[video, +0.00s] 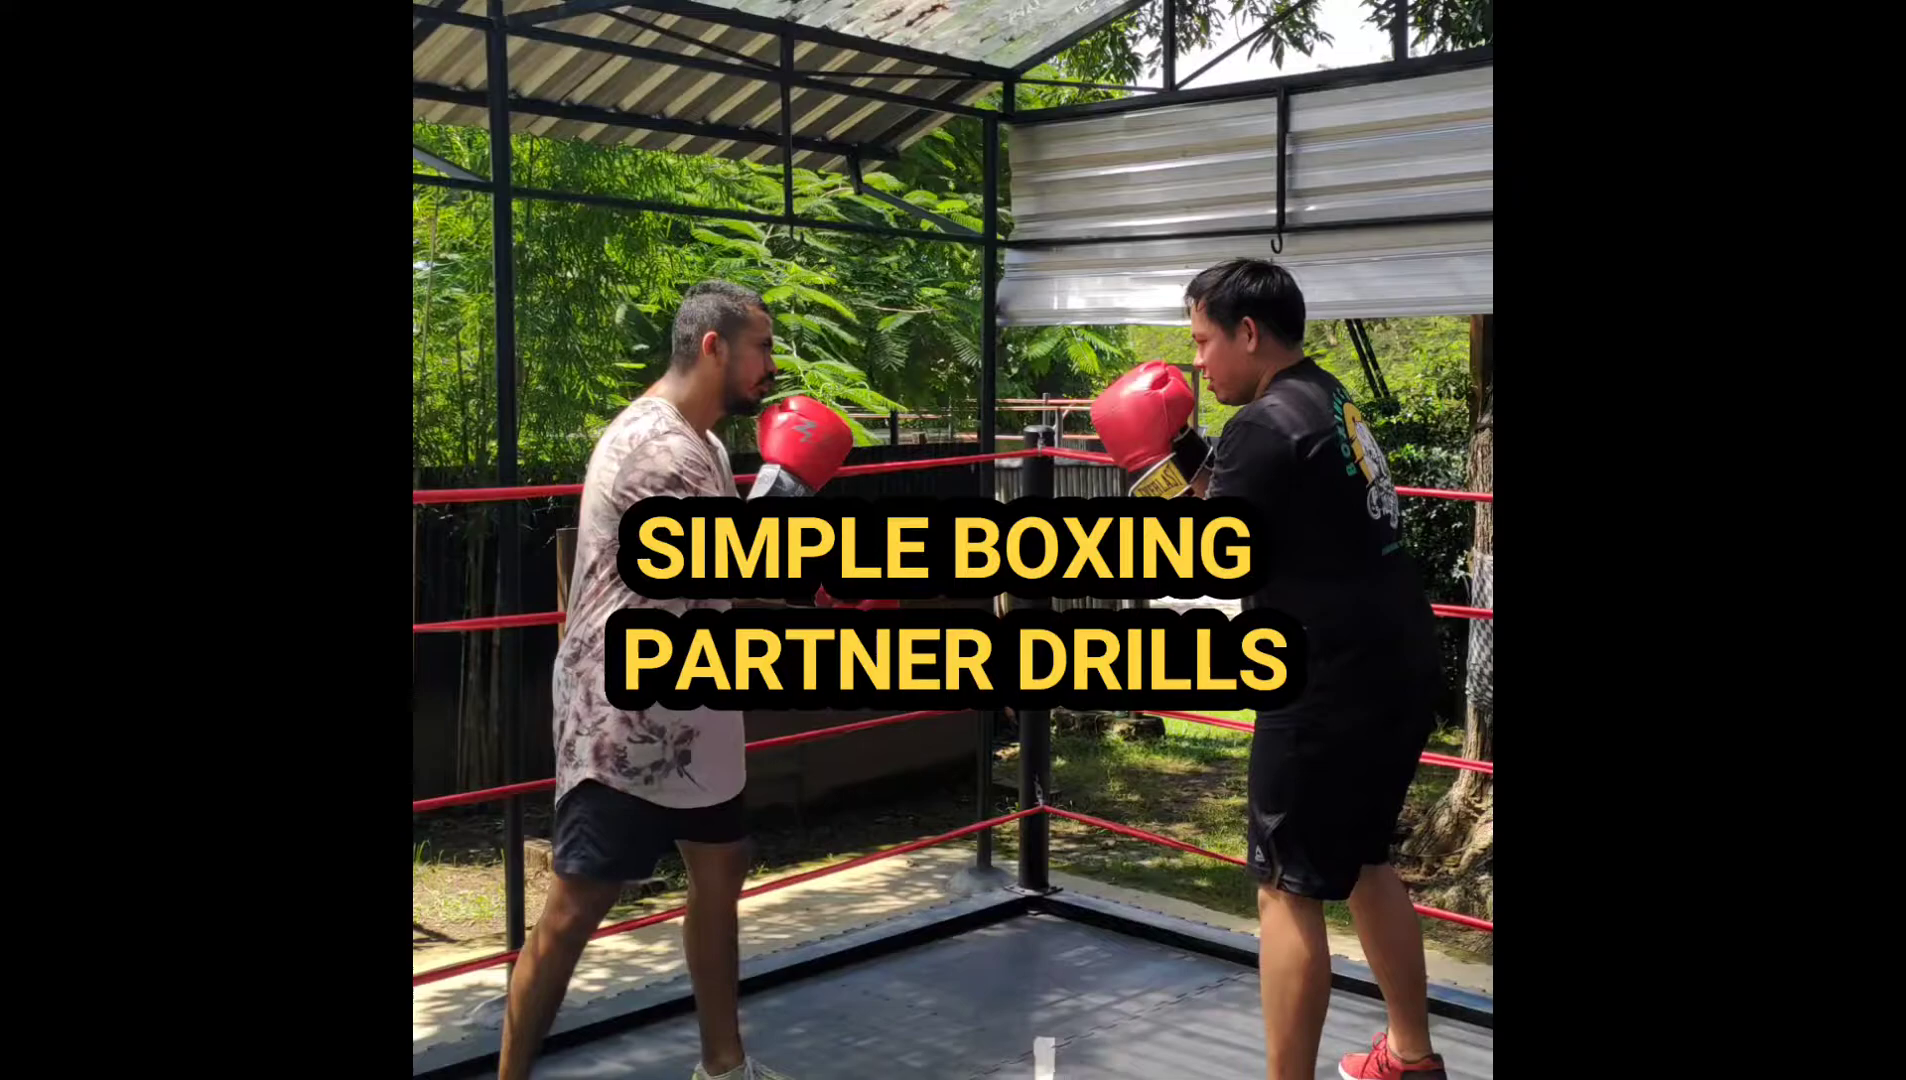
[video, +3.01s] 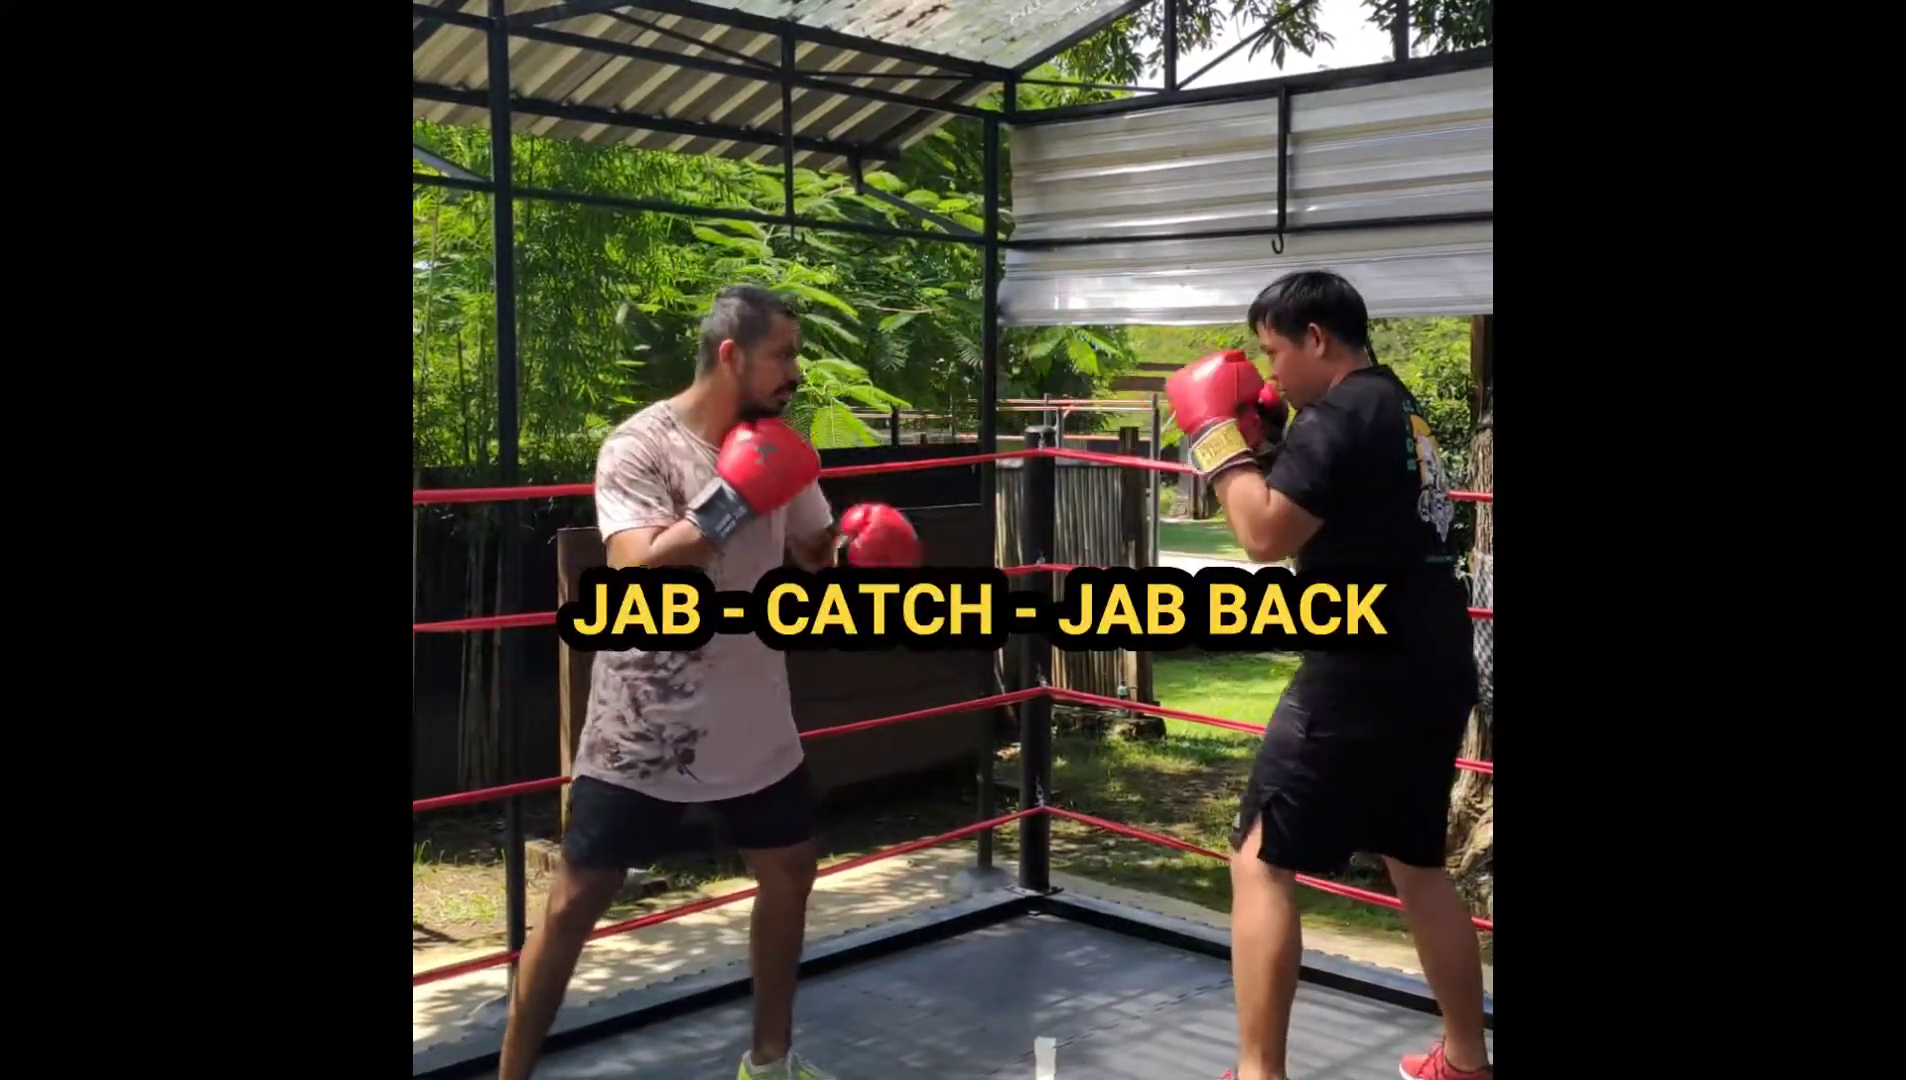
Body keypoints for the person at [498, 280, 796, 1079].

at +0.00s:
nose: (771, 366)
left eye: (772, 350)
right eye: (762, 348)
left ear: (708, 351)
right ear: (710, 347)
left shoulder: (704, 443)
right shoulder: (656, 449)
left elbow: (724, 569)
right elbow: (715, 587)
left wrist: (781, 488)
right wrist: (779, 488)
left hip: (696, 712)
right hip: (618, 719)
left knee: (720, 872)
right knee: (568, 917)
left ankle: (724, 1061)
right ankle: (510, 1072)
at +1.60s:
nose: (737, 358)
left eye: (737, 342)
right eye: (727, 341)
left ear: (682, 349)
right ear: (677, 346)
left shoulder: (683, 445)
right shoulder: (600, 454)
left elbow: (682, 564)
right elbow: (669, 584)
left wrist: (747, 585)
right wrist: (731, 489)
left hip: (691, 719)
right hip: (606, 727)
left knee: (716, 879)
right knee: (569, 919)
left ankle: (723, 1062)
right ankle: (521, 1074)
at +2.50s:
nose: (743, 381)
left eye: (745, 365)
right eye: (735, 364)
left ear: (688, 366)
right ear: (681, 362)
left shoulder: (697, 459)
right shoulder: (587, 461)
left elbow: (694, 561)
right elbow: (624, 585)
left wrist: (756, 555)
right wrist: (705, 511)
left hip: (702, 728)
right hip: (603, 743)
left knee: (767, 876)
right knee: (562, 933)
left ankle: (767, 1062)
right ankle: (517, 1076)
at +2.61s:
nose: (776, 367)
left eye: (778, 351)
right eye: (766, 350)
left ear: (721, 351)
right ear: (710, 346)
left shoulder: (746, 450)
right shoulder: (617, 441)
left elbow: (814, 513)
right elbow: (626, 551)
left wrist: (866, 487)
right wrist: (719, 486)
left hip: (735, 710)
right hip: (626, 720)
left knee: (775, 873)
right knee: (574, 912)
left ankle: (767, 1060)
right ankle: (521, 1074)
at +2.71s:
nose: (795, 367)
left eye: (798, 352)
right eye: (783, 350)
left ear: (760, 352)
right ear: (728, 346)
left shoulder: (790, 441)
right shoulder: (639, 437)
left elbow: (894, 467)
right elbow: (629, 547)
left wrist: (954, 419)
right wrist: (731, 486)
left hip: (749, 716)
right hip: (636, 722)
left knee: (788, 873)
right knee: (576, 907)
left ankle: (768, 1059)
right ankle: (525, 1074)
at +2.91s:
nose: (811, 375)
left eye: (813, 358)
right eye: (799, 357)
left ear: (762, 360)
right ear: (742, 354)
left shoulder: (797, 449)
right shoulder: (652, 443)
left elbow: (900, 512)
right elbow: (644, 563)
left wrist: (945, 476)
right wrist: (746, 496)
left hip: (761, 718)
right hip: (646, 719)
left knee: (800, 874)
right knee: (578, 902)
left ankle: (770, 1059)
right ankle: (524, 1073)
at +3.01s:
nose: (796, 374)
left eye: (797, 358)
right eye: (784, 357)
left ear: (746, 358)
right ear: (729, 354)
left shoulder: (778, 456)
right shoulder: (636, 447)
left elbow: (815, 558)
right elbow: (636, 566)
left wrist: (860, 549)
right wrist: (733, 501)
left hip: (751, 722)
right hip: (638, 724)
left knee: (790, 874)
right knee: (572, 905)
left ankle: (770, 1059)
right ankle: (511, 1073)